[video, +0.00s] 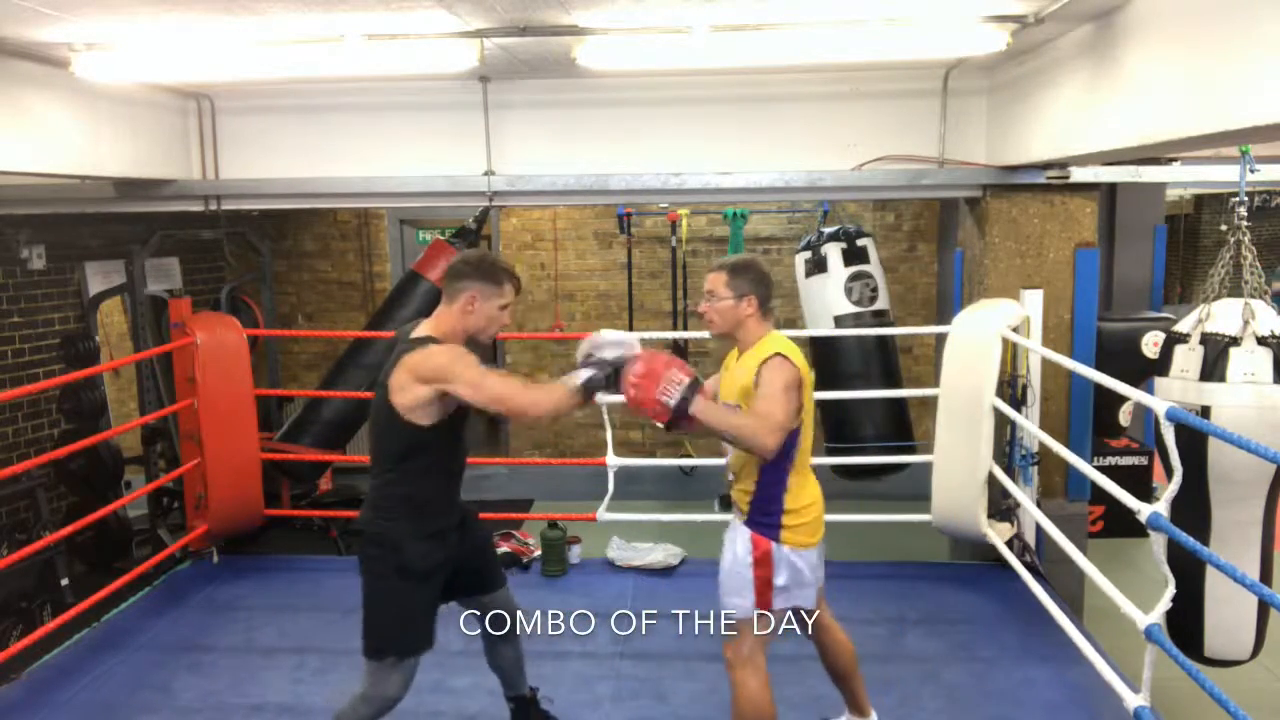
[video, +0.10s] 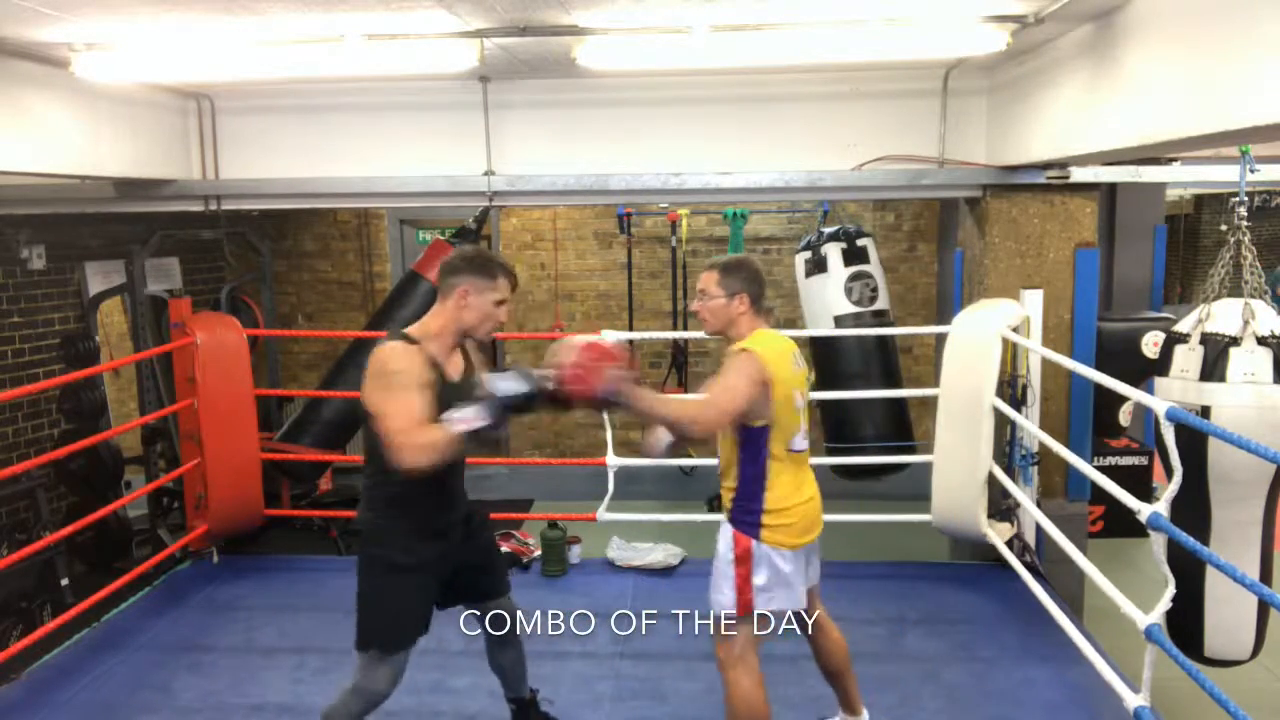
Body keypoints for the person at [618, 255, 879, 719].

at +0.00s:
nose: (701, 308)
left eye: (712, 298)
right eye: (703, 297)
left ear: (748, 304)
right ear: (745, 305)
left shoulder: (777, 363)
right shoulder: (740, 356)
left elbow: (767, 437)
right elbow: (709, 410)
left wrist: (692, 402)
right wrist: (662, 395)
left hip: (770, 530)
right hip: (784, 524)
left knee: (743, 656)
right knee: (816, 618)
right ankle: (862, 712)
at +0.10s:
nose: (695, 306)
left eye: (705, 297)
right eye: (696, 296)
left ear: (740, 303)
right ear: (744, 304)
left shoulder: (749, 359)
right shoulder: (783, 347)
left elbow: (704, 421)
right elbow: (743, 415)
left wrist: (625, 390)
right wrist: (676, 421)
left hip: (757, 525)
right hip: (798, 512)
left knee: (735, 652)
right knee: (811, 612)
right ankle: (854, 712)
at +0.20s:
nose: (685, 314)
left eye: (693, 303)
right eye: (686, 304)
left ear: (726, 308)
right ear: (730, 309)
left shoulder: (723, 362)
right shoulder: (788, 354)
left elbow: (653, 422)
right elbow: (784, 438)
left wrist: (583, 388)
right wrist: (722, 459)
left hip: (759, 531)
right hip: (805, 517)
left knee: (725, 652)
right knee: (808, 609)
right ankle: (854, 705)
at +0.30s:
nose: (671, 318)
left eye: (679, 308)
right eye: (672, 308)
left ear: (712, 312)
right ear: (716, 313)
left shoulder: (734, 362)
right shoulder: (756, 350)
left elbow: (685, 427)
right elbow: (748, 422)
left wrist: (621, 389)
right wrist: (692, 442)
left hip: (759, 537)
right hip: (797, 523)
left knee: (727, 657)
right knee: (807, 611)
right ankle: (860, 706)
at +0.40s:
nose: (669, 321)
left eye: (677, 310)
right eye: (671, 310)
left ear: (710, 313)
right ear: (706, 315)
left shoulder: (754, 355)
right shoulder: (705, 372)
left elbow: (718, 404)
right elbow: (655, 426)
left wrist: (662, 366)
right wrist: (581, 427)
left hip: (770, 534)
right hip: (766, 528)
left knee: (737, 664)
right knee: (807, 620)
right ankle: (863, 709)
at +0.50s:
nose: (673, 322)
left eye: (682, 310)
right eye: (671, 314)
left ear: (713, 311)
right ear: (709, 315)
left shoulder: (763, 346)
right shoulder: (695, 381)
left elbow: (722, 368)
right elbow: (639, 428)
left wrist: (656, 309)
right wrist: (560, 435)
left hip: (770, 534)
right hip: (760, 532)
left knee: (737, 665)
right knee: (811, 634)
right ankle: (852, 716)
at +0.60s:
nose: (680, 317)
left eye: (687, 306)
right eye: (679, 308)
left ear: (717, 308)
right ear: (717, 310)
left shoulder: (755, 343)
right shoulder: (721, 362)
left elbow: (700, 355)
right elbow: (700, 443)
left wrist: (652, 284)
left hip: (760, 531)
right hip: (771, 525)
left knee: (736, 665)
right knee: (804, 639)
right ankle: (831, 716)